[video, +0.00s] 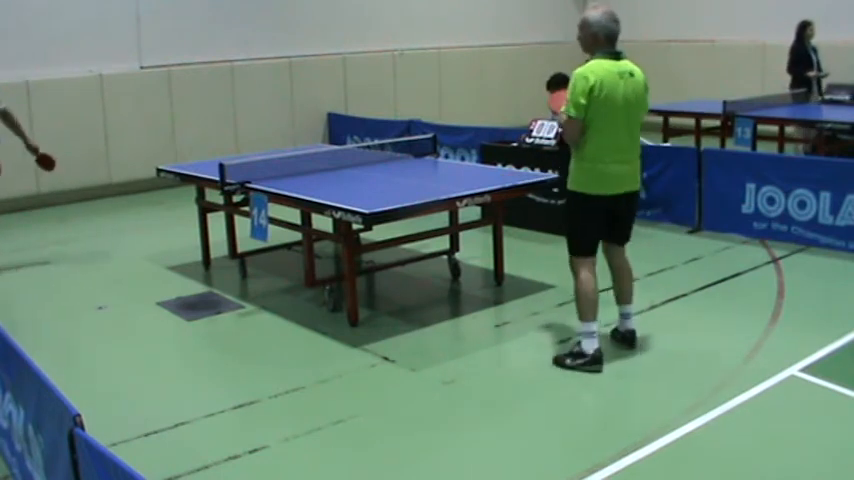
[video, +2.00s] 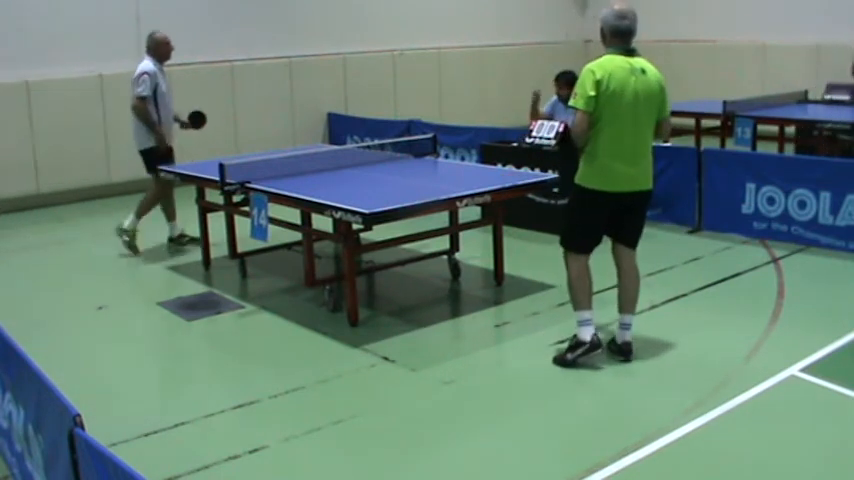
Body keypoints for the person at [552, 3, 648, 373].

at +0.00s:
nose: (578, 39)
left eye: (579, 34)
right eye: (579, 33)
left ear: (586, 38)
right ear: (615, 37)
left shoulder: (585, 76)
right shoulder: (637, 74)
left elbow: (573, 136)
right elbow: (637, 121)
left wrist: (562, 117)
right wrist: (596, 118)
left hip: (588, 186)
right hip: (627, 184)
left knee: (583, 263)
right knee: (617, 251)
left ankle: (589, 347)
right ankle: (627, 327)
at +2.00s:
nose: (600, 38)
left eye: (600, 33)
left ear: (603, 35)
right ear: (634, 36)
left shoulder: (595, 71)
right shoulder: (653, 75)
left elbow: (579, 128)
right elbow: (663, 131)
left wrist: (580, 141)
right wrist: (630, 126)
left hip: (596, 183)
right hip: (638, 184)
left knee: (576, 252)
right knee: (626, 251)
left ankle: (586, 335)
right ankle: (624, 338)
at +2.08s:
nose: (601, 37)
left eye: (601, 32)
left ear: (603, 34)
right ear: (635, 35)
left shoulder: (595, 71)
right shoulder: (653, 76)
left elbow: (579, 128)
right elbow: (664, 131)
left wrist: (581, 142)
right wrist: (631, 124)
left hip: (596, 183)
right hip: (638, 184)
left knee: (575, 251)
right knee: (626, 251)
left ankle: (584, 335)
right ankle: (625, 338)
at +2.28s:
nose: (600, 37)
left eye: (600, 32)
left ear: (602, 34)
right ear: (634, 35)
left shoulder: (594, 72)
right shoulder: (652, 74)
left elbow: (579, 129)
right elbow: (655, 124)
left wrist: (581, 146)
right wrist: (622, 133)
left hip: (595, 183)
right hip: (638, 183)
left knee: (574, 251)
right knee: (625, 250)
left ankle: (582, 336)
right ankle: (625, 337)